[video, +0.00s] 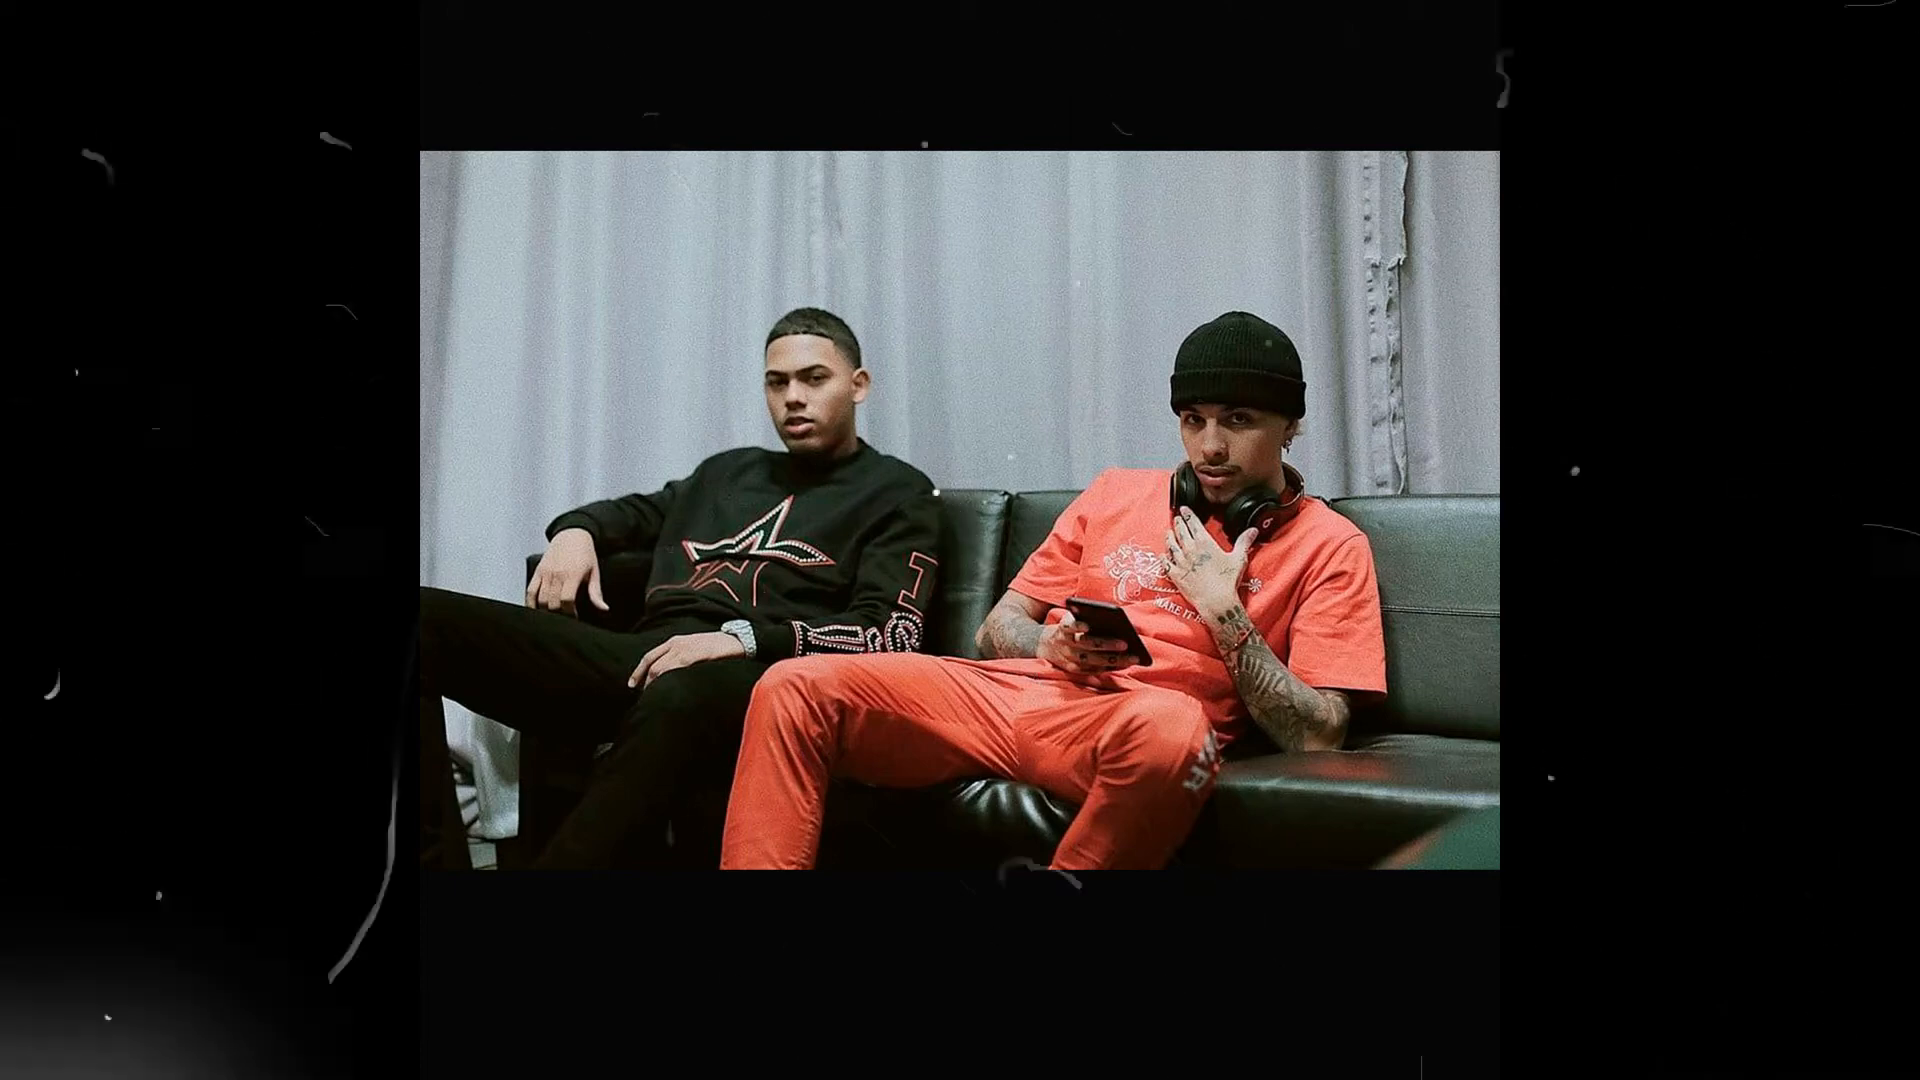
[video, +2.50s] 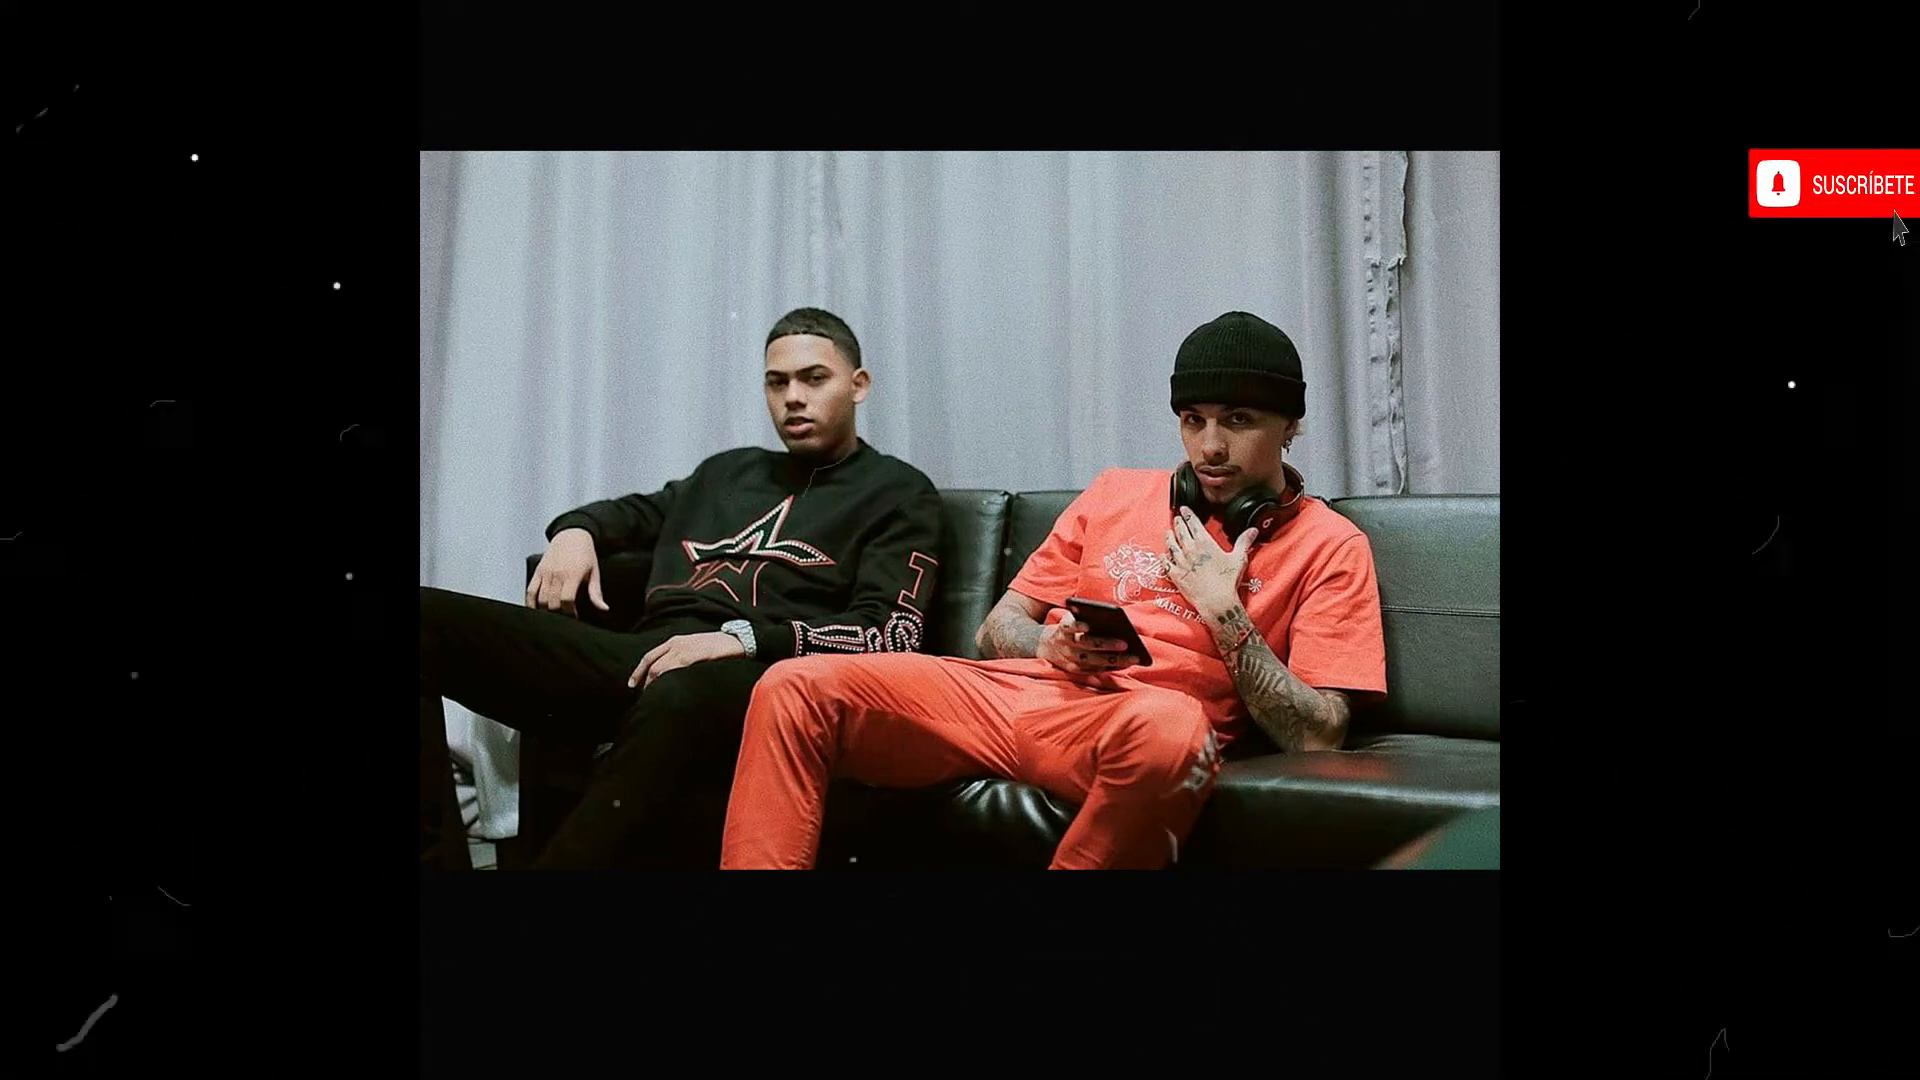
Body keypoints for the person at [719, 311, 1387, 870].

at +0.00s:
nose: (1211, 445)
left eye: (1238, 422)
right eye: (1196, 419)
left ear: (1288, 428)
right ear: (1179, 420)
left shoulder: (1328, 546)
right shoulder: (1118, 492)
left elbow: (1318, 737)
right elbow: (1000, 626)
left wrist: (1226, 614)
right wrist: (1052, 647)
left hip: (1129, 708)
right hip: (1012, 685)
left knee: (1171, 743)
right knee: (791, 694)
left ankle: (1057, 886)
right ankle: (759, 902)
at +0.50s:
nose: (1210, 445)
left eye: (1238, 421)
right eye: (1195, 419)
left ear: (1288, 428)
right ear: (1179, 422)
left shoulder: (1328, 546)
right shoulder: (1117, 493)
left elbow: (1317, 735)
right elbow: (1000, 625)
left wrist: (1227, 615)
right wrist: (1051, 647)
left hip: (1132, 708)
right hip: (1014, 686)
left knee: (1170, 745)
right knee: (791, 694)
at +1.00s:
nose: (1210, 445)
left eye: (1237, 421)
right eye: (1195, 419)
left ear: (1288, 428)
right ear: (1179, 422)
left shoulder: (1328, 546)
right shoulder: (1117, 493)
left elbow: (1317, 735)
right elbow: (1000, 625)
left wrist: (1227, 615)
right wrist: (1052, 647)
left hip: (1132, 708)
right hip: (1014, 685)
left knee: (1170, 745)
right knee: (791, 694)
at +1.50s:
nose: (1210, 445)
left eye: (1238, 421)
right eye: (1195, 419)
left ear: (1288, 428)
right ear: (1179, 422)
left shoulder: (1328, 546)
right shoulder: (1117, 493)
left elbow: (1317, 735)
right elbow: (1000, 625)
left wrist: (1227, 615)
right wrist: (1051, 647)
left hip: (1132, 708)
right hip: (1015, 685)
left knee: (1170, 745)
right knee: (791, 694)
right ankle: (760, 926)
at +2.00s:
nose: (1210, 445)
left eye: (1238, 422)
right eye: (1195, 419)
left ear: (1288, 428)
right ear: (1179, 421)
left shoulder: (1328, 546)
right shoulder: (1119, 492)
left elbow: (1318, 736)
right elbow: (1000, 626)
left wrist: (1226, 614)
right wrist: (1051, 647)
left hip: (1131, 708)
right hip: (1013, 685)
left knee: (1170, 747)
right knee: (792, 694)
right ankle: (763, 919)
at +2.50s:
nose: (1210, 445)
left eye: (1237, 421)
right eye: (1195, 419)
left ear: (1288, 429)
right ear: (1179, 421)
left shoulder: (1328, 546)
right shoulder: (1117, 493)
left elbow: (1317, 735)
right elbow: (999, 626)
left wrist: (1227, 615)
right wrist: (1051, 647)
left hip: (1132, 708)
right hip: (1014, 685)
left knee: (1170, 746)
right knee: (792, 694)